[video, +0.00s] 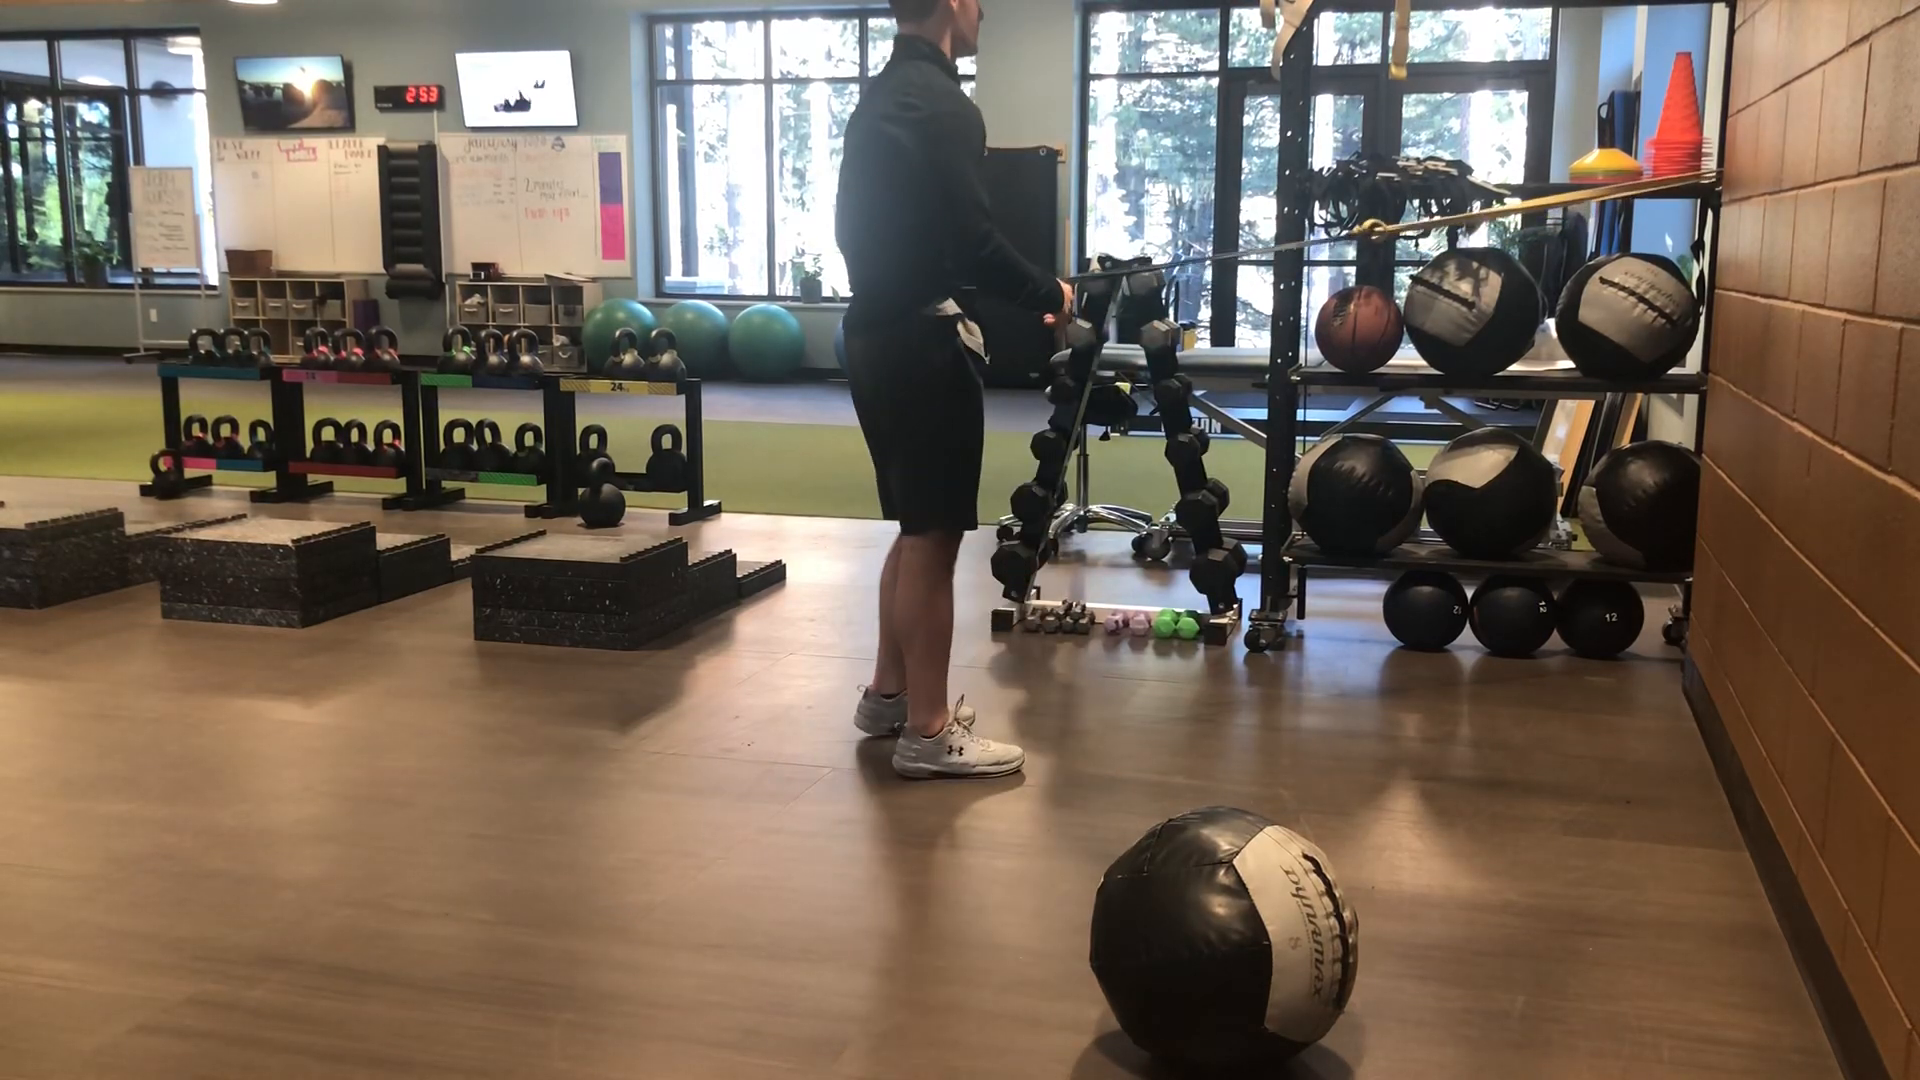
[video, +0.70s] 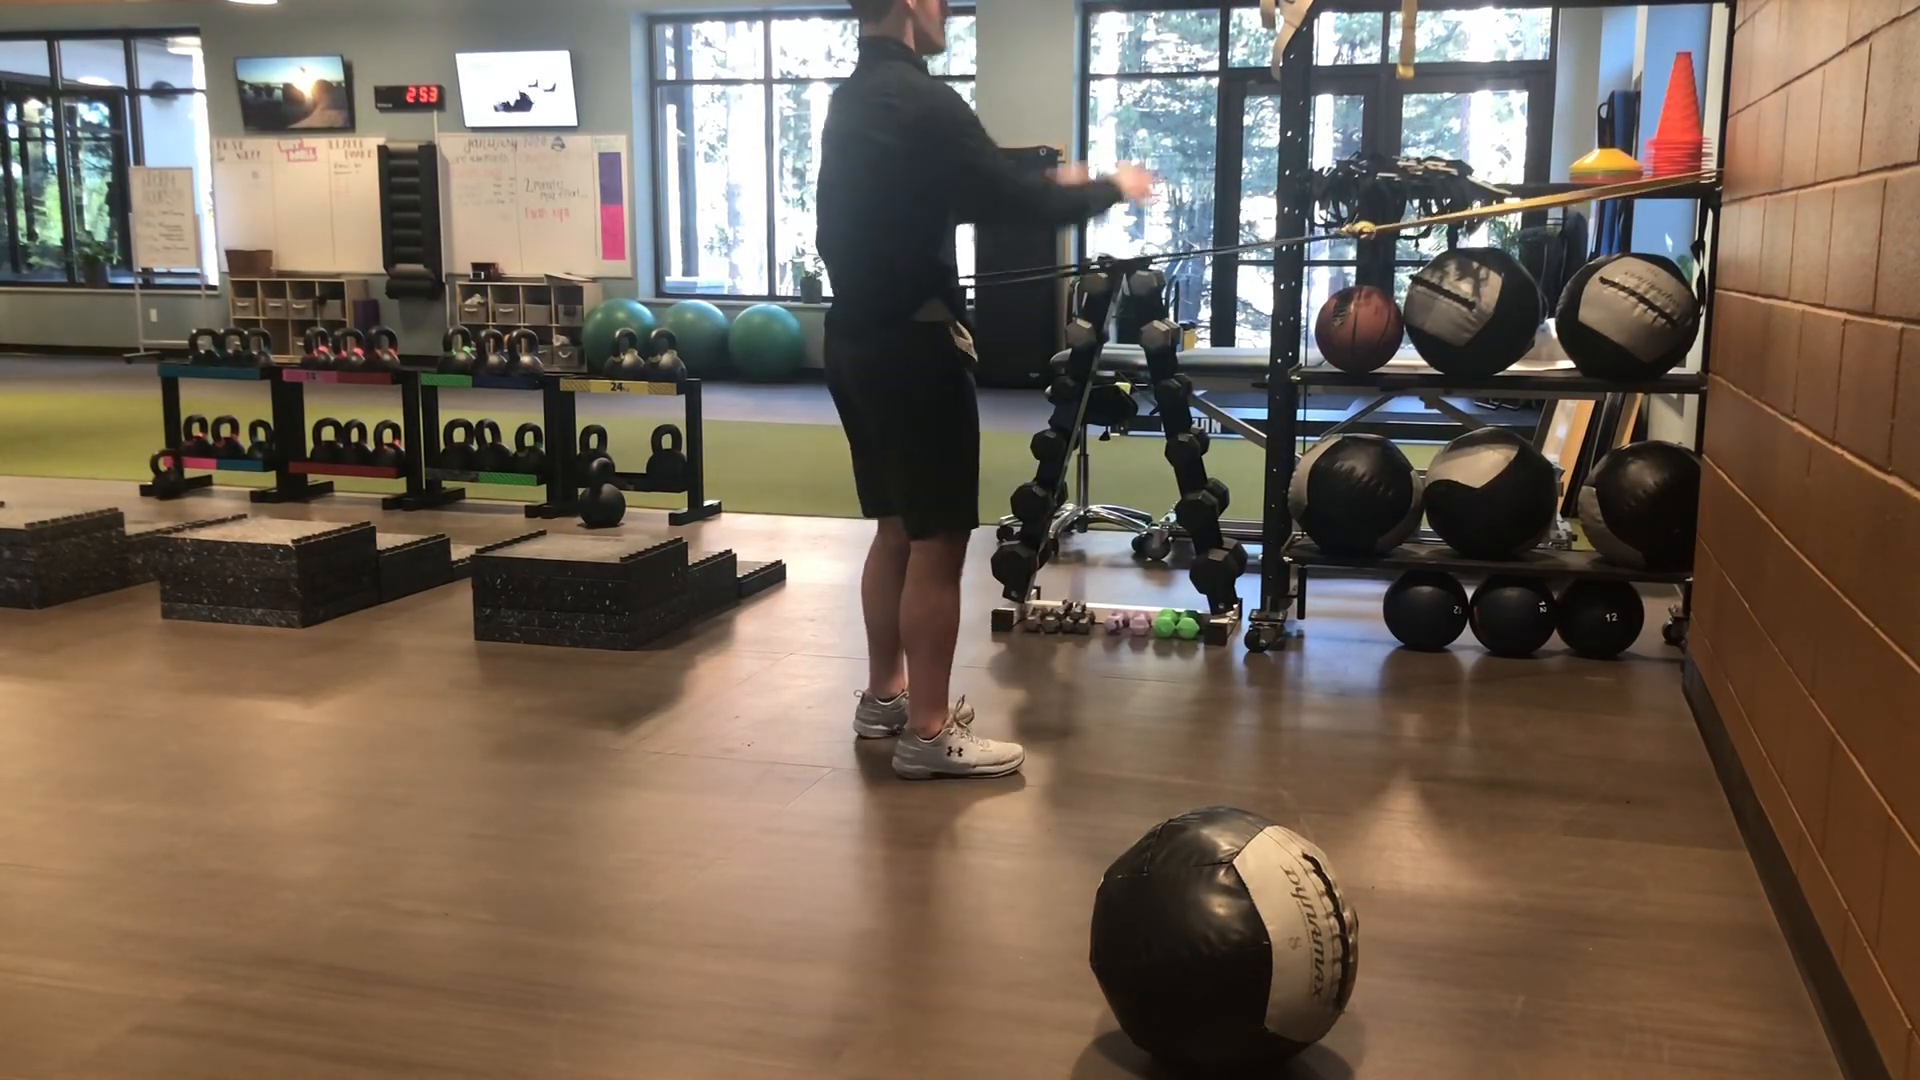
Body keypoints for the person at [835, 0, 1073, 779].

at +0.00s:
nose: (981, 21)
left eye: (978, 9)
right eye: (977, 9)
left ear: (913, 16)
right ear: (954, 11)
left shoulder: (878, 101)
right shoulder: (945, 106)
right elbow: (967, 236)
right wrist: (1051, 293)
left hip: (874, 335)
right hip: (925, 338)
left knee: (918, 526)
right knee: (937, 532)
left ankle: (889, 695)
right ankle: (929, 730)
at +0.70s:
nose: (948, 12)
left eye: (944, 2)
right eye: (941, 2)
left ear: (882, 15)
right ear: (912, 9)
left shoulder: (855, 97)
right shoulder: (926, 104)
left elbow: (951, 174)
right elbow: (1010, 198)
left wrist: (1044, 172)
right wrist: (1106, 189)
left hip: (859, 341)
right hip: (916, 345)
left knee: (898, 525)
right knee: (939, 539)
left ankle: (884, 699)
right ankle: (929, 733)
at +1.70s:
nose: (1076, 177)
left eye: (1079, 163)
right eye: (1075, 161)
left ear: (1011, 154)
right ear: (1048, 156)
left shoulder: (943, 212)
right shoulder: (1004, 240)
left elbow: (843, 292)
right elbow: (936, 341)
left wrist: (765, 374)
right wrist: (858, 436)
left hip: (833, 406)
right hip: (885, 420)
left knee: (951, 543)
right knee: (1020, 557)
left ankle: (893, 696)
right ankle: (948, 732)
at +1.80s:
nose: (1075, 168)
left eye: (1078, 155)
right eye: (1075, 152)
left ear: (1005, 146)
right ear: (1045, 146)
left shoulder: (939, 208)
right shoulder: (1004, 234)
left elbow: (847, 296)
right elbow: (937, 338)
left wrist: (775, 380)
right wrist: (871, 443)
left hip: (831, 402)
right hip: (885, 412)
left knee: (952, 543)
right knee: (1019, 555)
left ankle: (893, 696)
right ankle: (948, 731)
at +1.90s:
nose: (1070, 159)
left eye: (1072, 145)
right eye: (1069, 143)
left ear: (1002, 136)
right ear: (1039, 137)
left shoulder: (938, 200)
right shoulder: (1001, 222)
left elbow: (849, 291)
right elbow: (938, 331)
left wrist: (783, 380)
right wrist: (875, 440)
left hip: (834, 397)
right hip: (887, 407)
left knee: (954, 544)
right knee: (1017, 553)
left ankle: (893, 695)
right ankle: (947, 731)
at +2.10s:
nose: (1049, 104)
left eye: (1051, 90)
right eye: (1047, 88)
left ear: (990, 81)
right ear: (1017, 80)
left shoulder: (927, 159)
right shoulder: (987, 181)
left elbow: (851, 271)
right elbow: (943, 311)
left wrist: (810, 374)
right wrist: (913, 432)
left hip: (840, 375)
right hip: (895, 390)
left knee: (950, 541)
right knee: (1009, 552)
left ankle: (891, 698)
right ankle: (947, 732)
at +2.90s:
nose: (980, 16)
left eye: (976, 6)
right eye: (976, 5)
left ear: (912, 13)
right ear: (949, 6)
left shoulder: (872, 96)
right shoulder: (946, 102)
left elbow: (956, 179)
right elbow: (1032, 205)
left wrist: (1045, 169)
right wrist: (1120, 182)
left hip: (876, 338)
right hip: (935, 346)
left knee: (902, 526)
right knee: (947, 543)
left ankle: (885, 700)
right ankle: (943, 731)